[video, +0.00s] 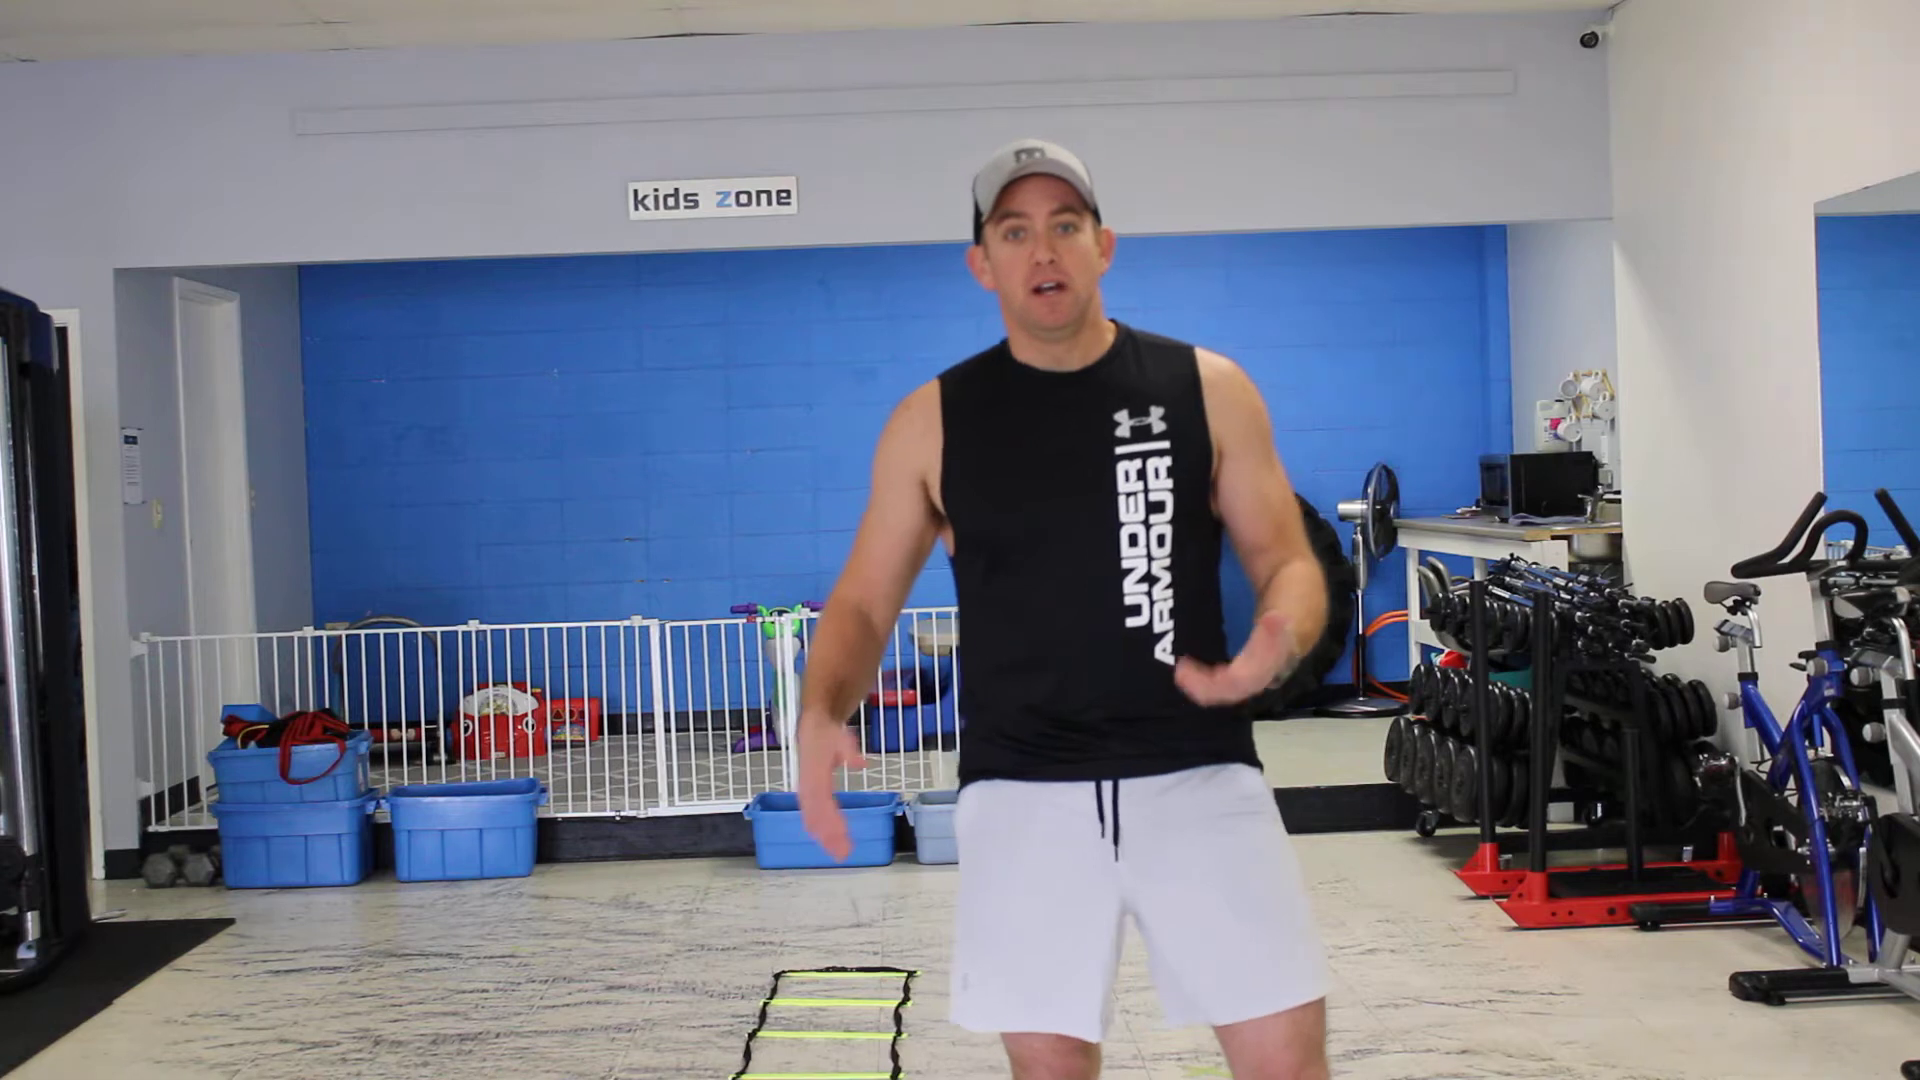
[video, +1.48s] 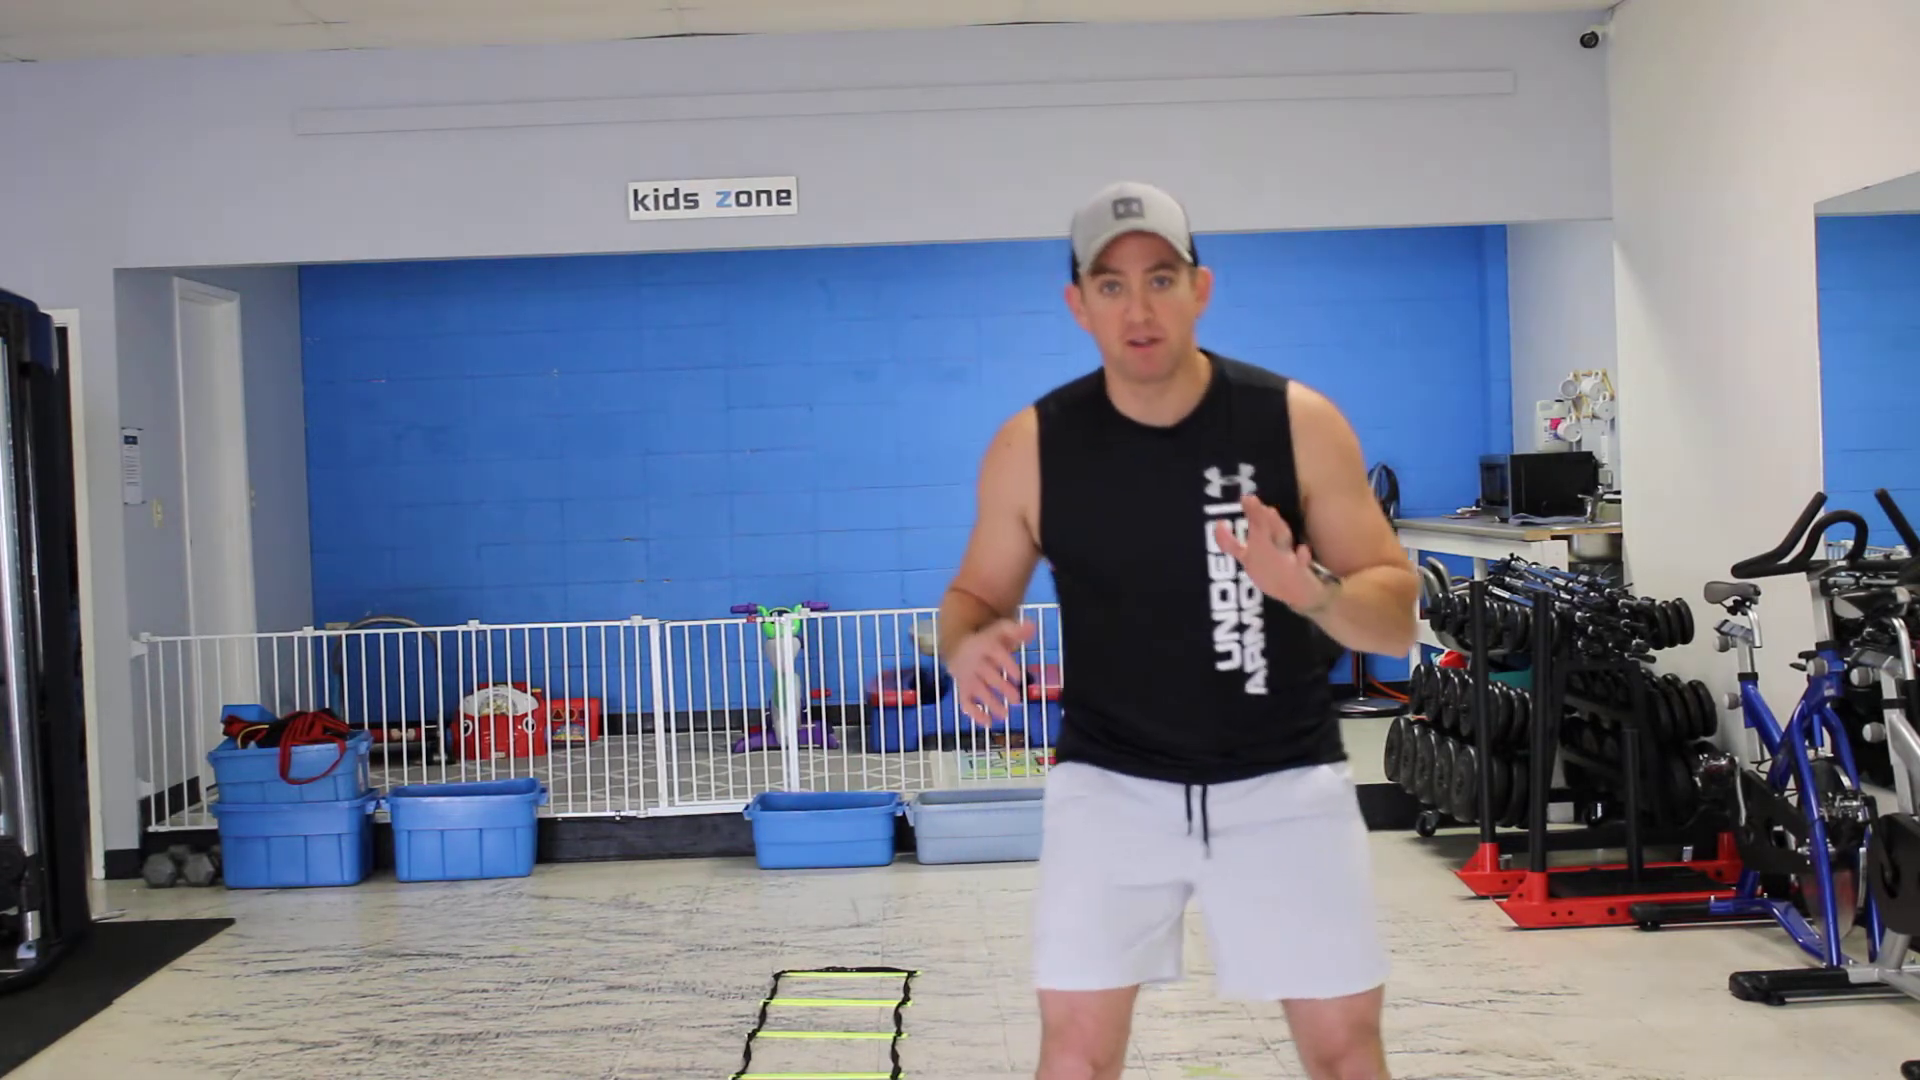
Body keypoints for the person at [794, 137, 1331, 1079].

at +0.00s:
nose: (1044, 249)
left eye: (1066, 225)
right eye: (1015, 231)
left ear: (1104, 247)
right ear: (982, 266)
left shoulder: (1208, 389)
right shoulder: (933, 421)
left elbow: (1287, 563)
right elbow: (863, 605)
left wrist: (1276, 640)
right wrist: (821, 714)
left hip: (1203, 785)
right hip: (1024, 800)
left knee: (1289, 1064)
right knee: (1049, 1066)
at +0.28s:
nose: (1098, 246)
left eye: (1121, 220)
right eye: (1072, 225)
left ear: (1162, 239)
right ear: (1038, 253)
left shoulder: (1258, 381)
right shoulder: (981, 398)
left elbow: (1360, 561)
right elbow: (916, 572)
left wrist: (1326, 582)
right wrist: (884, 626)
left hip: (1226, 777)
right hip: (1050, 785)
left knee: (1250, 1060)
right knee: (1068, 1063)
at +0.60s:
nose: (1142, 255)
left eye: (1168, 230)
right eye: (1118, 230)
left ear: (1207, 248)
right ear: (1084, 248)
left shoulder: (1293, 392)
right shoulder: (1018, 398)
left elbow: (1363, 559)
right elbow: (948, 566)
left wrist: (1328, 614)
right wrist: (931, 635)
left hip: (1246, 776)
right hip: (1070, 779)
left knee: (1260, 1055)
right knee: (1060, 1058)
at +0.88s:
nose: (1105, 263)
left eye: (1130, 238)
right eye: (1080, 238)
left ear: (1166, 258)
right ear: (1042, 259)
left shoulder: (1249, 400)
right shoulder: (975, 412)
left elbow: (1315, 556)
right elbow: (895, 587)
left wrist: (1308, 605)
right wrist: (907, 657)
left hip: (1217, 781)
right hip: (1042, 791)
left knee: (1265, 1059)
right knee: (1045, 1062)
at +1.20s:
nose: (1088, 292)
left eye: (1110, 262)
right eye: (1062, 265)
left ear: (1149, 270)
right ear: (1025, 279)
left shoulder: (1243, 409)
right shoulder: (966, 428)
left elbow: (1333, 594)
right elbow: (892, 597)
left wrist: (1294, 566)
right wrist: (919, 630)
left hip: (1225, 781)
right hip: (1049, 794)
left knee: (1310, 1050)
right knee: (1049, 1062)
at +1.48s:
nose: (1139, 310)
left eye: (1161, 280)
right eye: (1112, 286)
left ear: (1201, 290)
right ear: (1078, 304)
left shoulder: (1299, 425)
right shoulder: (1034, 445)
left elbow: (1397, 616)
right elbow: (977, 598)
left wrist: (1314, 595)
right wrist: (967, 642)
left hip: (1286, 794)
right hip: (1106, 799)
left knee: (1346, 1055)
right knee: (1074, 1060)